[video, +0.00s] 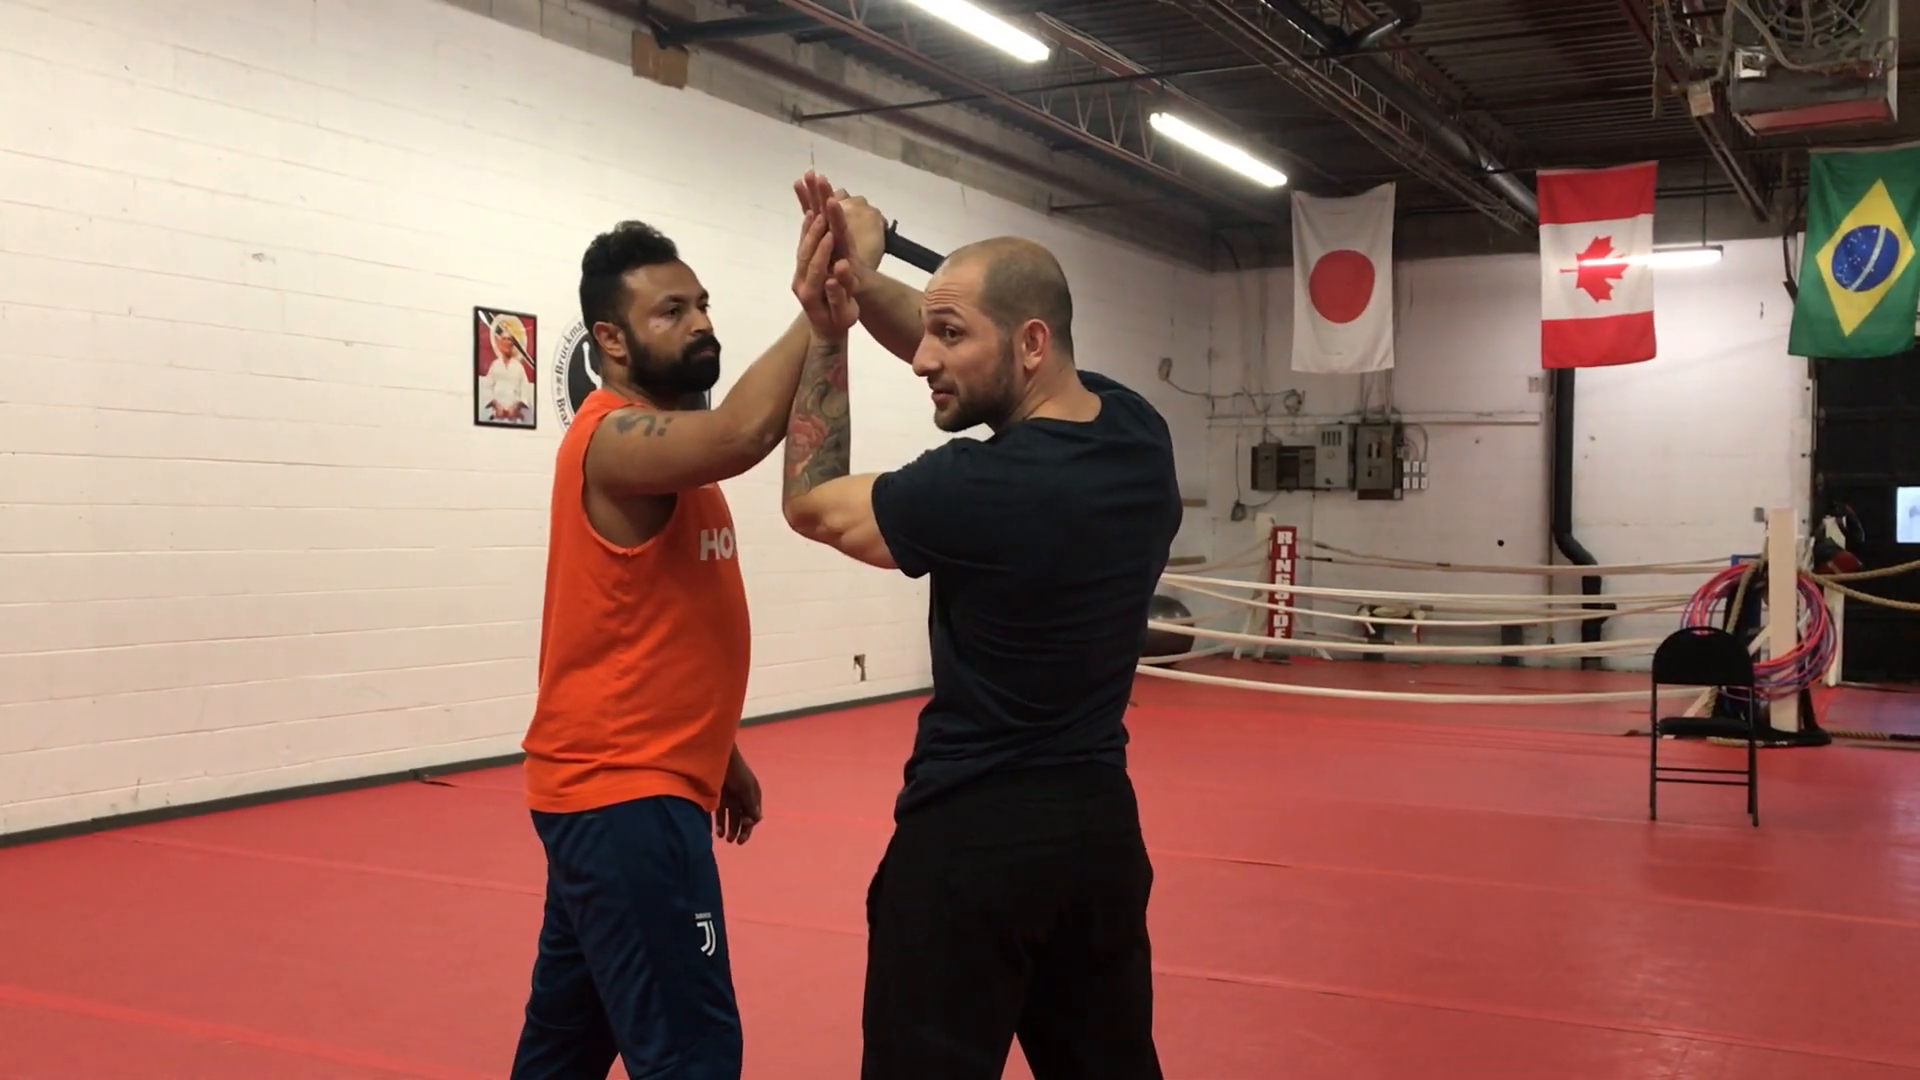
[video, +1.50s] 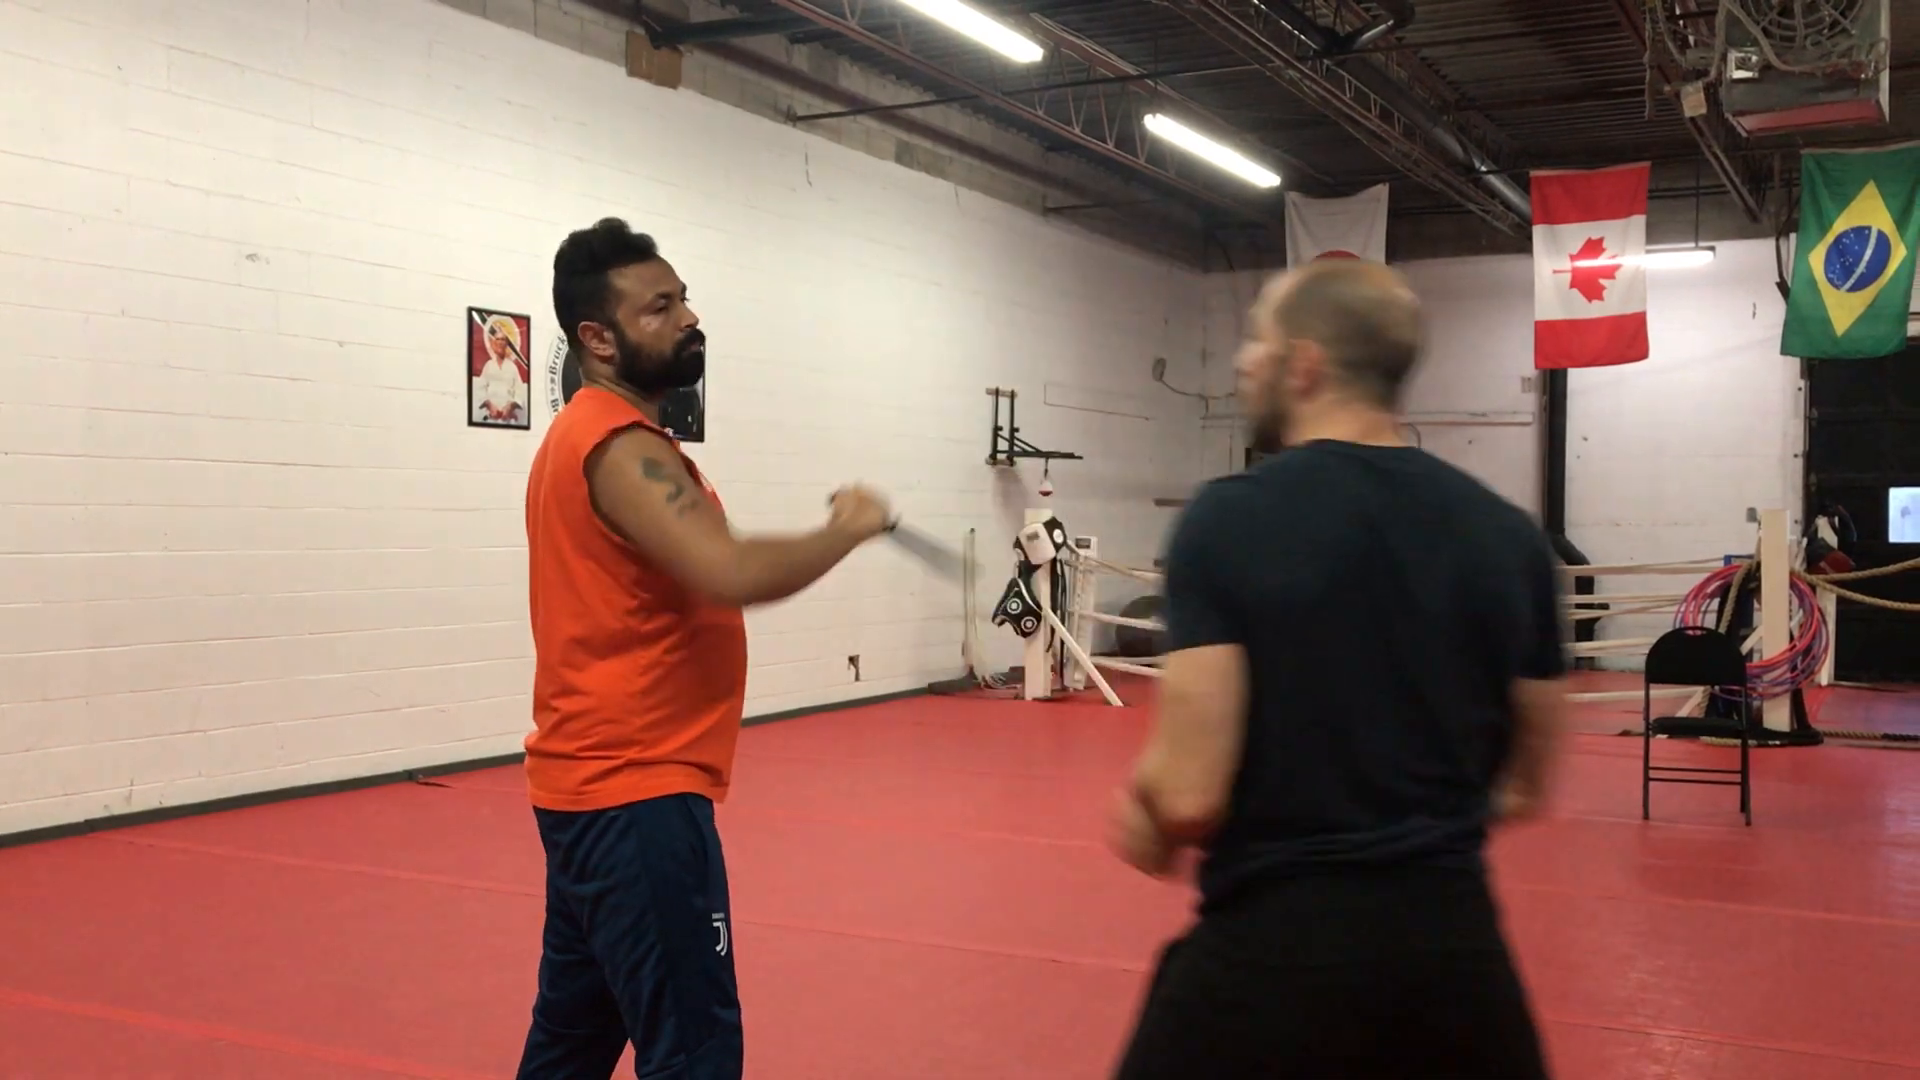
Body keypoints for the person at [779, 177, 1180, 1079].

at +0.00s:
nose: (927, 359)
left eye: (950, 333)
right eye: (927, 336)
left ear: (1029, 343)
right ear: (1033, 348)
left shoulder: (976, 490)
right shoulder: (1139, 434)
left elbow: (814, 504)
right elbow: (948, 338)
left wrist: (828, 326)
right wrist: (860, 271)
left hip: (962, 844)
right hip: (1097, 831)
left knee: (920, 1063)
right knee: (1112, 1068)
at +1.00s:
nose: (921, 312)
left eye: (923, 294)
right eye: (915, 295)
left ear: (954, 311)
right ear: (1054, 299)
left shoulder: (930, 451)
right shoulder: (1148, 419)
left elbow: (804, 518)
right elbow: (988, 402)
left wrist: (838, 363)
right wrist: (882, 308)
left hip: (1007, 852)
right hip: (1159, 831)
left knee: (967, 1063)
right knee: (1202, 1066)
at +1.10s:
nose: (950, 312)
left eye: (956, 291)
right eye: (952, 291)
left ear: (995, 305)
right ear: (1090, 299)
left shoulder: (961, 451)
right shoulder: (1185, 430)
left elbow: (829, 556)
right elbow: (1057, 432)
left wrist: (862, 408)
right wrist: (934, 373)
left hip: (1029, 859)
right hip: (1183, 838)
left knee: (981, 1064)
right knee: (1243, 1068)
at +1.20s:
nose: (1009, 309)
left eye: (1014, 289)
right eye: (1011, 289)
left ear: (1051, 303)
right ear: (1147, 302)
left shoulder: (1002, 465)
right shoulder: (1240, 445)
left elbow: (872, 612)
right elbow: (1120, 528)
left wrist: (891, 471)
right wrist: (983, 430)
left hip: (1061, 874)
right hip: (1222, 858)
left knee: (1001, 1066)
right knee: (1303, 1069)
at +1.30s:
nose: (1076, 317)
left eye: (1082, 297)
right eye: (1079, 296)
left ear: (1123, 314)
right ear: (1217, 313)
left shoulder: (1071, 477)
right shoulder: (1312, 467)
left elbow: (947, 689)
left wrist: (942, 574)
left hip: (1109, 895)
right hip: (1282, 886)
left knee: (1032, 1065)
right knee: (1365, 1069)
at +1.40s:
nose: (1153, 338)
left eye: (1162, 317)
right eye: (1157, 317)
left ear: (1207, 337)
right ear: (1304, 340)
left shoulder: (1151, 500)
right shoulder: (1406, 505)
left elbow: (1069, 759)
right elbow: (1397, 699)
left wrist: (1021, 695)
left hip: (1181, 937)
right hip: (1359, 930)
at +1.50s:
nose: (1239, 363)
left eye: (1255, 339)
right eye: (1247, 339)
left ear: (1305, 364)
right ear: (1394, 370)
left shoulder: (1229, 518)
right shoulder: (1506, 535)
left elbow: (1189, 798)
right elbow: (1527, 782)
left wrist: (1150, 806)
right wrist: (1399, 790)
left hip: (1260, 965)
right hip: (1452, 958)